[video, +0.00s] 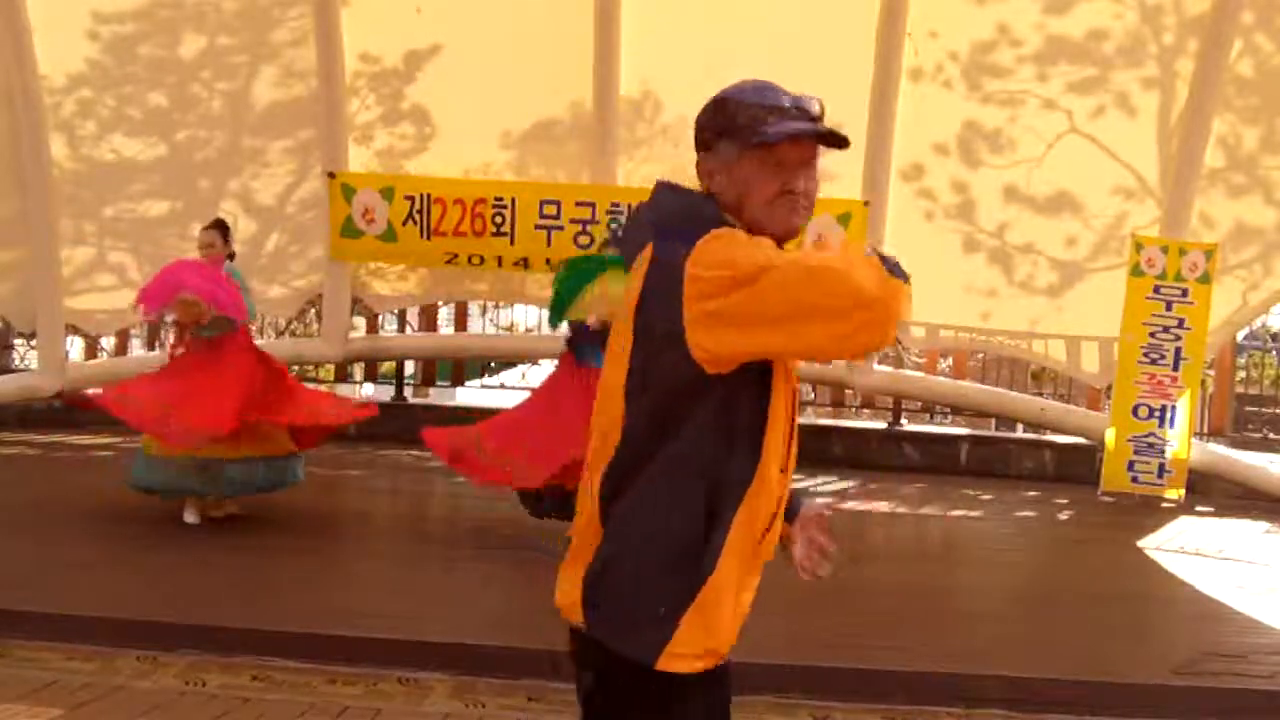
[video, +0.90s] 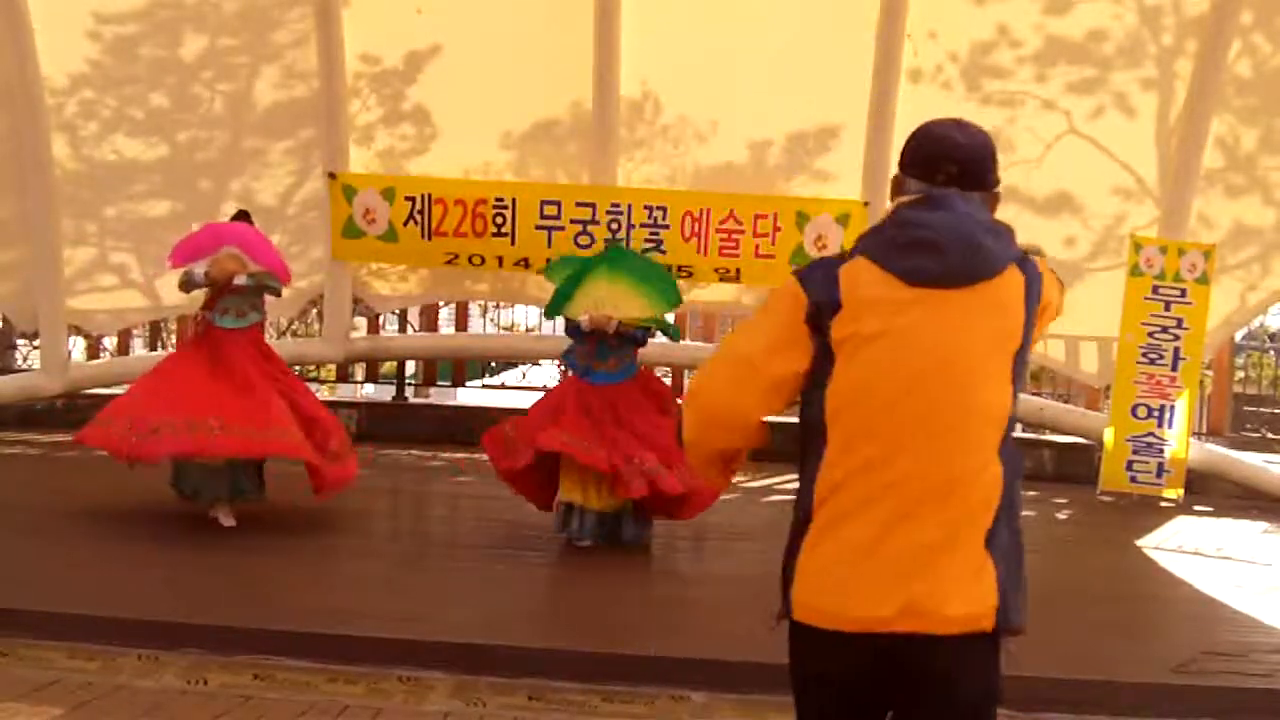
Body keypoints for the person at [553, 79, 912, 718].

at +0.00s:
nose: (801, 183)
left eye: (809, 165)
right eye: (776, 163)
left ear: (820, 170)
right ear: (711, 170)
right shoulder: (703, 259)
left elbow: (700, 430)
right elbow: (868, 309)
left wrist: (784, 513)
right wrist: (831, 249)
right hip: (656, 631)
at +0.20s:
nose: (880, 203)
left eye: (878, 186)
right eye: (865, 184)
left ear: (798, 186)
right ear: (803, 186)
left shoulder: (705, 262)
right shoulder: (803, 277)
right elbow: (958, 327)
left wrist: (830, 485)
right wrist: (924, 285)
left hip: (642, 632)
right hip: (719, 649)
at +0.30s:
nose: (895, 214)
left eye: (895, 195)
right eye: (888, 194)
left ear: (831, 192)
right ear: (842, 195)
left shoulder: (708, 280)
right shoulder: (839, 279)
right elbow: (984, 321)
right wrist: (937, 283)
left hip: (660, 638)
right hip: (754, 652)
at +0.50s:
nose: (967, 206)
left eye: (968, 187)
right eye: (967, 187)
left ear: (866, 177)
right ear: (942, 189)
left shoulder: (771, 274)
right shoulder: (929, 272)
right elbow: (1068, 303)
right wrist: (993, 254)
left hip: (718, 620)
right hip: (833, 633)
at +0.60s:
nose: (982, 217)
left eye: (982, 201)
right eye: (981, 201)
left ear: (886, 196)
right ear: (969, 206)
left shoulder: (799, 298)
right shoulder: (976, 294)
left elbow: (743, 440)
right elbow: (1099, 348)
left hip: (768, 636)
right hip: (888, 643)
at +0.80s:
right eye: (1003, 195)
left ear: (905, 188)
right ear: (999, 199)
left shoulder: (826, 282)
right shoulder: (1025, 289)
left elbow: (717, 410)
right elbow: (1078, 296)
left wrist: (731, 464)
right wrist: (1080, 266)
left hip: (814, 611)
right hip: (937, 622)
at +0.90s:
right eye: (988, 194)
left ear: (899, 190)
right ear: (991, 199)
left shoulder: (827, 283)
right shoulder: (1021, 289)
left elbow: (714, 411)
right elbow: (1048, 285)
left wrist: (720, 457)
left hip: (834, 621)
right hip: (956, 626)